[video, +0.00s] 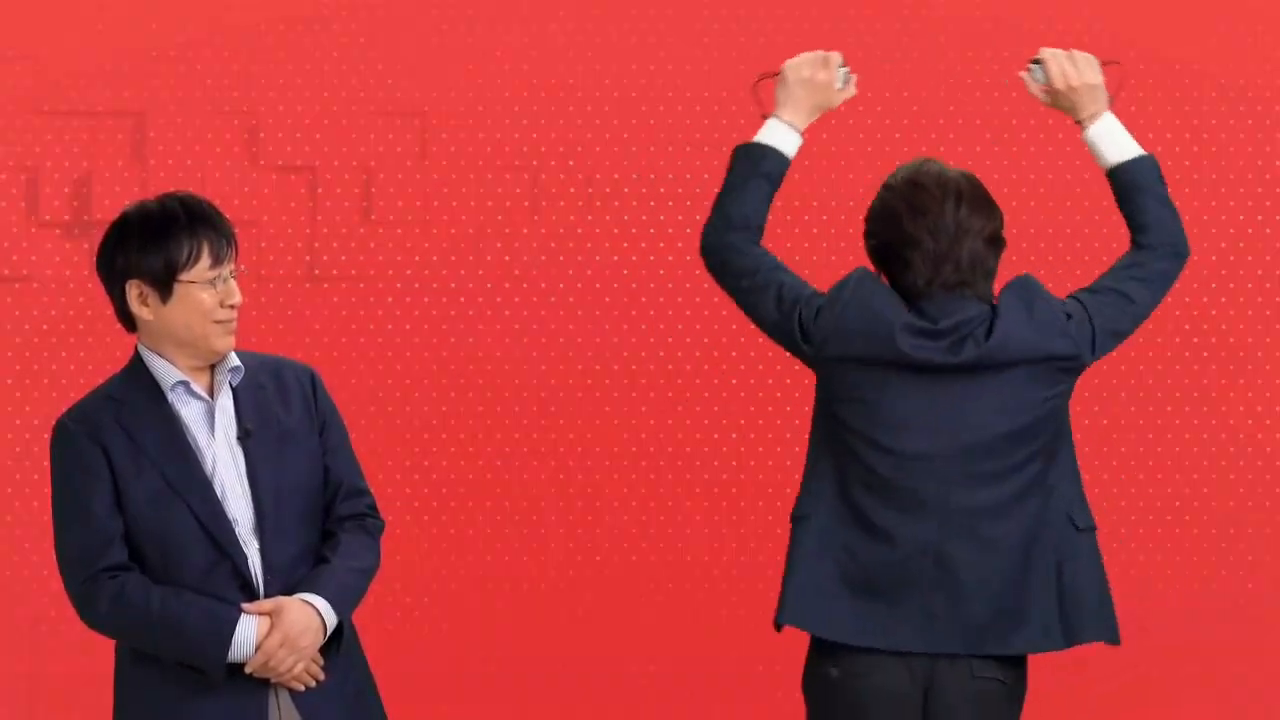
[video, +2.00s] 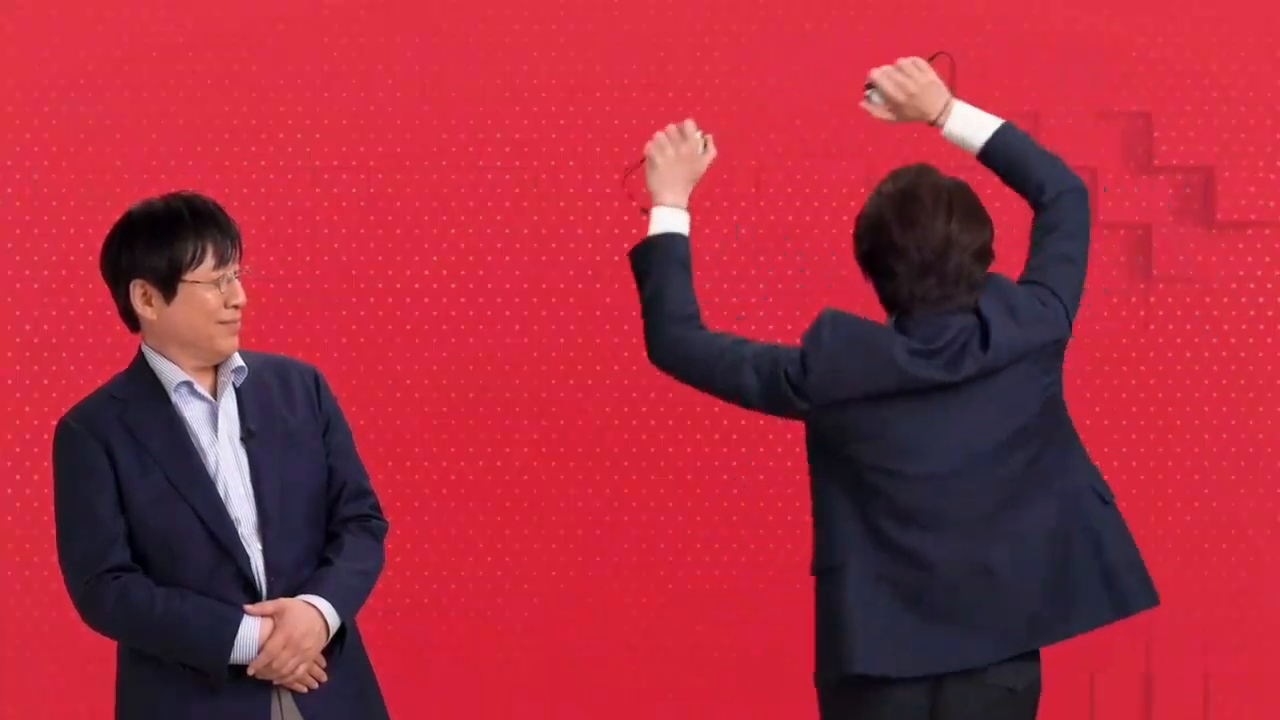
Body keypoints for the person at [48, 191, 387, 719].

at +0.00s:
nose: (233, 298)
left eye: (232, 278)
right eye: (210, 283)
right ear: (143, 300)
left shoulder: (297, 389)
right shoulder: (89, 433)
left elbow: (358, 522)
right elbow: (101, 591)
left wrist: (318, 611)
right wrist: (248, 638)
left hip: (331, 700)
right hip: (190, 708)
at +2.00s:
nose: (238, 298)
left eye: (236, 278)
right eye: (215, 283)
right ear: (147, 301)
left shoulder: (301, 389)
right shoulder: (91, 434)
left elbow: (361, 526)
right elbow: (103, 591)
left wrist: (320, 613)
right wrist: (252, 640)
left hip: (334, 701)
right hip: (192, 708)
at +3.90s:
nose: (236, 298)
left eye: (234, 278)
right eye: (213, 282)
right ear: (146, 300)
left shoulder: (300, 389)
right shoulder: (91, 433)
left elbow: (360, 523)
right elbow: (103, 590)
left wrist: (318, 611)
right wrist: (251, 638)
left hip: (332, 699)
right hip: (191, 707)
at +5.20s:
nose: (240, 298)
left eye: (238, 278)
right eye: (216, 283)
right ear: (149, 300)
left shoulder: (303, 388)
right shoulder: (93, 432)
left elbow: (363, 524)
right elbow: (106, 591)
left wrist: (321, 612)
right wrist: (252, 639)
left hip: (335, 700)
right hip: (193, 708)